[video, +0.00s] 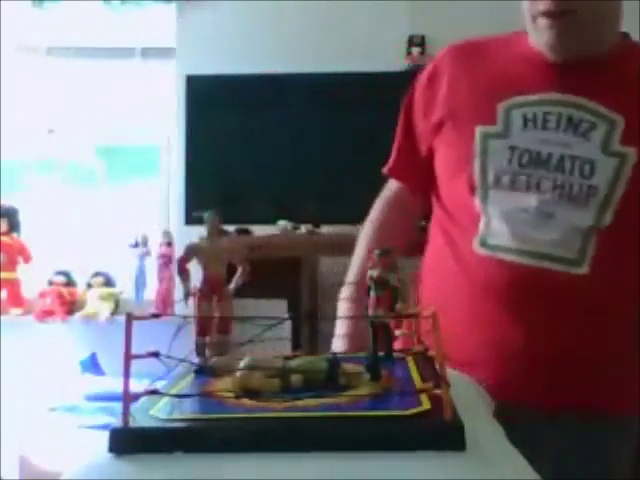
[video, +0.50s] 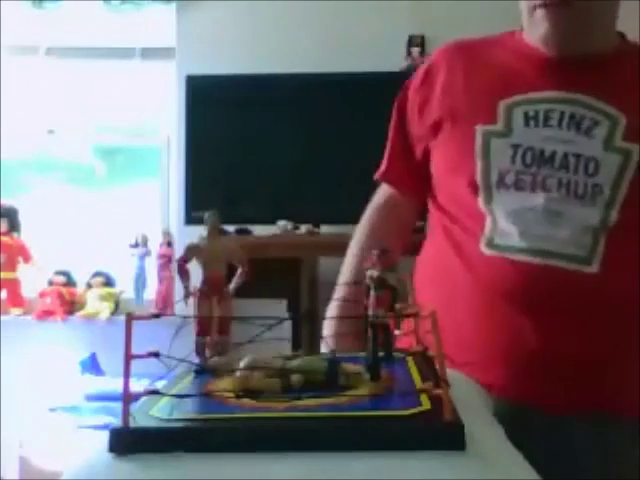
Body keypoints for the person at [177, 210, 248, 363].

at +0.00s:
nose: (211, 227)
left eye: (215, 223)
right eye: (208, 223)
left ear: (219, 224)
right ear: (204, 225)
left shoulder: (228, 245)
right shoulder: (196, 246)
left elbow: (243, 267)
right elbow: (181, 264)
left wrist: (232, 287)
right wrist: (186, 287)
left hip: (222, 285)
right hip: (205, 285)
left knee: (224, 322)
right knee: (203, 323)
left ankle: (221, 357)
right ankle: (201, 358)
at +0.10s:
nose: (211, 226)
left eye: (214, 222)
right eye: (208, 223)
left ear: (219, 224)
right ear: (204, 224)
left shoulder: (228, 245)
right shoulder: (197, 246)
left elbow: (243, 267)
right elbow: (181, 264)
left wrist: (232, 287)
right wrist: (186, 287)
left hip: (222, 285)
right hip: (205, 285)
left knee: (224, 322)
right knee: (203, 322)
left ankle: (221, 356)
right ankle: (201, 358)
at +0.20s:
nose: (212, 226)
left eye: (215, 222)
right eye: (209, 222)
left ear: (219, 224)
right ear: (204, 224)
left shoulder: (228, 244)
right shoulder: (196, 246)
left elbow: (242, 267)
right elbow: (181, 265)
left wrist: (232, 287)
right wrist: (186, 287)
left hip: (222, 284)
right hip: (205, 284)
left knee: (223, 321)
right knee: (203, 321)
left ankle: (221, 355)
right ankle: (201, 356)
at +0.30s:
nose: (211, 227)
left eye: (214, 224)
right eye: (208, 224)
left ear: (218, 225)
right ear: (204, 225)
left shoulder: (228, 245)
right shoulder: (197, 246)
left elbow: (243, 267)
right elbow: (181, 264)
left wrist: (232, 288)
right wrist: (186, 287)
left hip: (222, 286)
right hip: (205, 286)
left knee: (223, 322)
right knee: (203, 322)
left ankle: (221, 354)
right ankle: (201, 356)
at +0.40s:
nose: (211, 227)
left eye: (214, 224)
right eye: (209, 224)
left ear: (218, 225)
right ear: (205, 225)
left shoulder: (228, 245)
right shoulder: (197, 246)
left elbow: (243, 267)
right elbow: (181, 264)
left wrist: (231, 287)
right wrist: (186, 287)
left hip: (222, 285)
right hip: (205, 285)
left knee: (223, 322)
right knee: (203, 322)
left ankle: (221, 355)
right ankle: (201, 357)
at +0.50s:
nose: (211, 227)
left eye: (214, 224)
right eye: (208, 224)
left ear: (218, 225)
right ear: (205, 225)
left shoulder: (228, 245)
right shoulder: (197, 246)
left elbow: (243, 267)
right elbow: (181, 264)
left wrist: (232, 287)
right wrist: (186, 287)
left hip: (222, 285)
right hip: (205, 285)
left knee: (223, 322)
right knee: (203, 322)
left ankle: (221, 355)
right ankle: (201, 356)